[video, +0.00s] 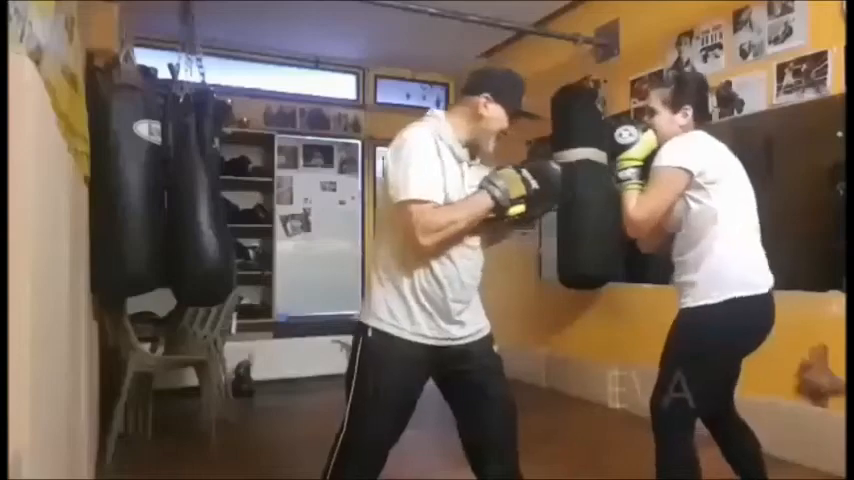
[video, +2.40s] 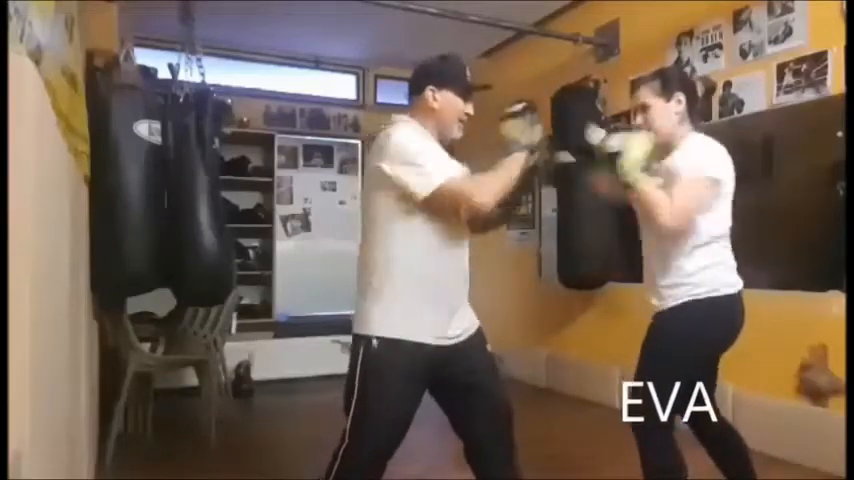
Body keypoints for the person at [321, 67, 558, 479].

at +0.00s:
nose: (507, 128)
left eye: (511, 119)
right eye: (508, 116)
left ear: (483, 106)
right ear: (484, 104)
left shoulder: (471, 158)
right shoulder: (417, 140)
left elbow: (471, 238)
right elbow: (425, 232)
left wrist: (517, 212)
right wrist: (494, 193)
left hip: (464, 332)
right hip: (397, 331)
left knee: (497, 449)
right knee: (361, 453)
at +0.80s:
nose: (482, 129)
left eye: (485, 118)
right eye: (479, 115)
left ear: (451, 108)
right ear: (449, 106)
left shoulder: (457, 156)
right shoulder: (385, 147)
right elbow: (403, 238)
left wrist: (509, 194)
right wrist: (463, 192)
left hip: (459, 330)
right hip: (389, 332)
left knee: (498, 442)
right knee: (357, 457)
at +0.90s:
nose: (474, 128)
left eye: (477, 117)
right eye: (470, 114)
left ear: (443, 108)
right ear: (440, 107)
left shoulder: (453, 150)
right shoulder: (378, 150)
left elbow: (508, 145)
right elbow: (397, 240)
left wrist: (505, 187)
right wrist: (453, 186)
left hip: (455, 324)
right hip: (386, 332)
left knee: (499, 427)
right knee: (356, 455)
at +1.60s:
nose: (472, 127)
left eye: (475, 117)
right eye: (468, 115)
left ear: (442, 110)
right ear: (439, 108)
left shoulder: (461, 150)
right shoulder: (379, 152)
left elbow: (513, 163)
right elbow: (395, 242)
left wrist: (494, 208)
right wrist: (458, 195)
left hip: (458, 321)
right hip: (391, 329)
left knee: (501, 421)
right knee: (364, 448)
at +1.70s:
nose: (458, 120)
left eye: (460, 110)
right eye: (453, 107)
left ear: (430, 104)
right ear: (423, 101)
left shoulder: (443, 150)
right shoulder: (374, 152)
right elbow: (411, 231)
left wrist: (476, 205)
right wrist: (464, 187)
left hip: (451, 323)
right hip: (387, 331)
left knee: (495, 426)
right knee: (361, 449)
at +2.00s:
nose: (453, 108)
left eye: (453, 98)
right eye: (446, 96)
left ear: (417, 97)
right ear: (414, 94)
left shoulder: (438, 149)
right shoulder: (371, 149)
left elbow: (457, 209)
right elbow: (420, 214)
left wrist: (504, 183)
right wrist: (476, 165)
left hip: (449, 327)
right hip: (382, 333)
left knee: (488, 429)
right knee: (359, 450)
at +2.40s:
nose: (470, 111)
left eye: (470, 101)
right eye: (463, 98)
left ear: (434, 99)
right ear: (432, 95)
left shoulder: (436, 152)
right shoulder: (399, 140)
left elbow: (476, 218)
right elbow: (471, 202)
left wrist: (521, 185)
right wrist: (521, 155)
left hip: (454, 329)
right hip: (393, 334)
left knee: (493, 434)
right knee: (363, 457)